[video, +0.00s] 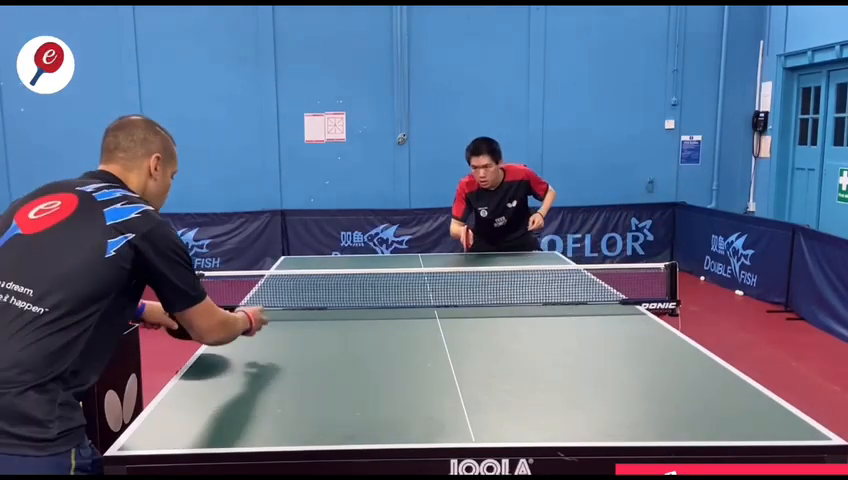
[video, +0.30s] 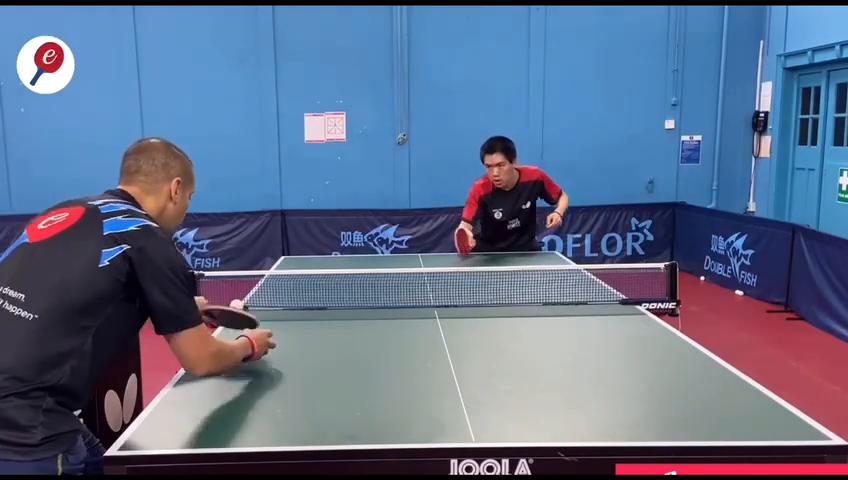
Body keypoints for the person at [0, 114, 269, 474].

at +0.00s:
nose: (168, 192)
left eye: (172, 179)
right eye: (171, 178)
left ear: (107, 157)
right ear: (153, 166)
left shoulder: (38, 198)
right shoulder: (144, 224)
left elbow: (64, 293)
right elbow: (210, 329)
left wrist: (153, 314)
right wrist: (242, 320)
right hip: (36, 436)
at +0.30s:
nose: (184, 212)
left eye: (188, 202)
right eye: (188, 199)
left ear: (125, 181)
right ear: (175, 190)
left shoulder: (65, 212)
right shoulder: (147, 239)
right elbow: (201, 359)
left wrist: (181, 306)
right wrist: (248, 345)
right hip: (32, 434)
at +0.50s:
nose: (180, 199)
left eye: (184, 188)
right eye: (183, 187)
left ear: (119, 168)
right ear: (168, 178)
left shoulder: (67, 206)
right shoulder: (130, 230)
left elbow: (124, 277)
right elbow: (183, 356)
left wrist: (206, 280)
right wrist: (230, 341)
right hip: (20, 422)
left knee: (92, 464)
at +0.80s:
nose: (133, 154)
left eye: (135, 141)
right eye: (134, 141)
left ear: (60, 131)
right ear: (118, 137)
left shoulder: (8, 185)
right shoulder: (87, 213)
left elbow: (45, 290)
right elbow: (138, 355)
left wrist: (134, 291)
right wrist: (192, 346)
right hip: (21, 446)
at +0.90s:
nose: (123, 144)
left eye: (123, 131)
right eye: (123, 130)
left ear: (47, 125)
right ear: (105, 128)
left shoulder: (8, 177)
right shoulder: (79, 205)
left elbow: (34, 298)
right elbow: (125, 353)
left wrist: (120, 295)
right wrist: (182, 349)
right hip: (21, 443)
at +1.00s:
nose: (123, 149)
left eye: (126, 135)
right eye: (124, 134)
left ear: (48, 125)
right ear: (106, 128)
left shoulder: (8, 174)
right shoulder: (77, 202)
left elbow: (30, 294)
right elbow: (112, 353)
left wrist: (116, 303)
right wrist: (168, 357)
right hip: (15, 442)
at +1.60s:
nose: (158, 189)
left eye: (159, 175)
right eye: (155, 172)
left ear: (125, 168)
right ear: (122, 166)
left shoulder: (100, 231)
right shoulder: (22, 219)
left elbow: (183, 272)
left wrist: (266, 288)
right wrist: (62, 381)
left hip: (12, 404)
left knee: (50, 471)